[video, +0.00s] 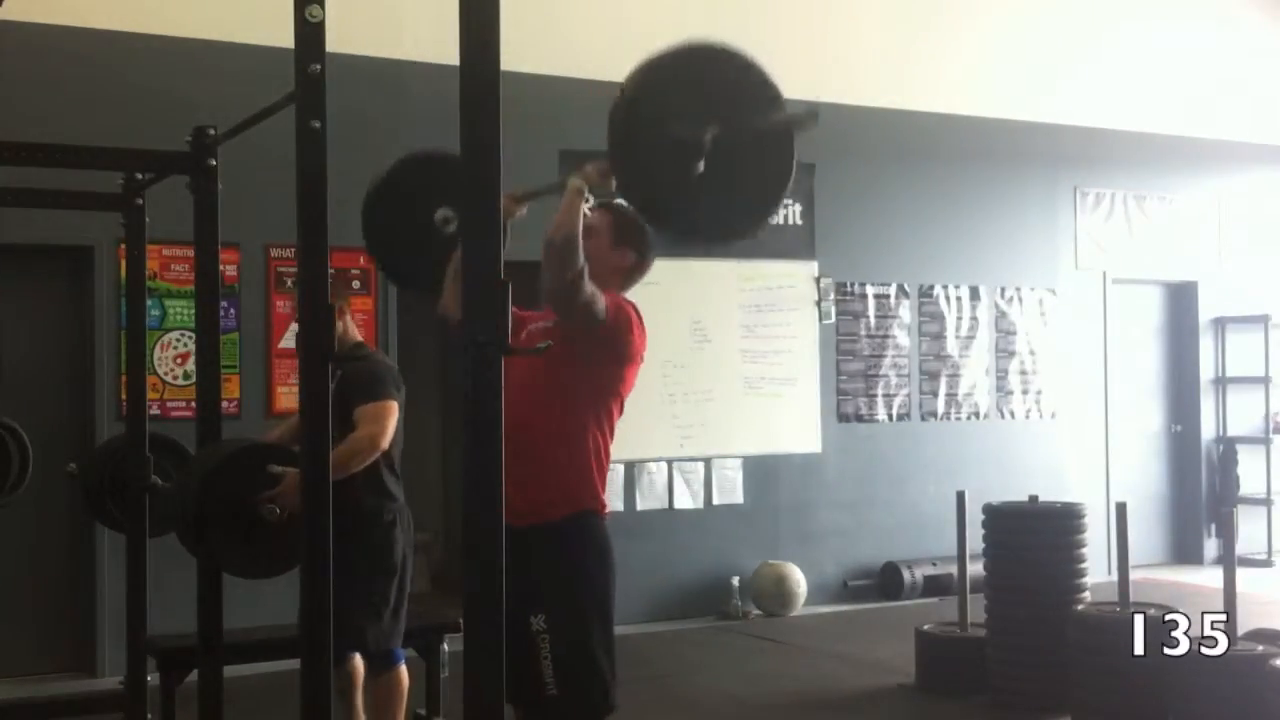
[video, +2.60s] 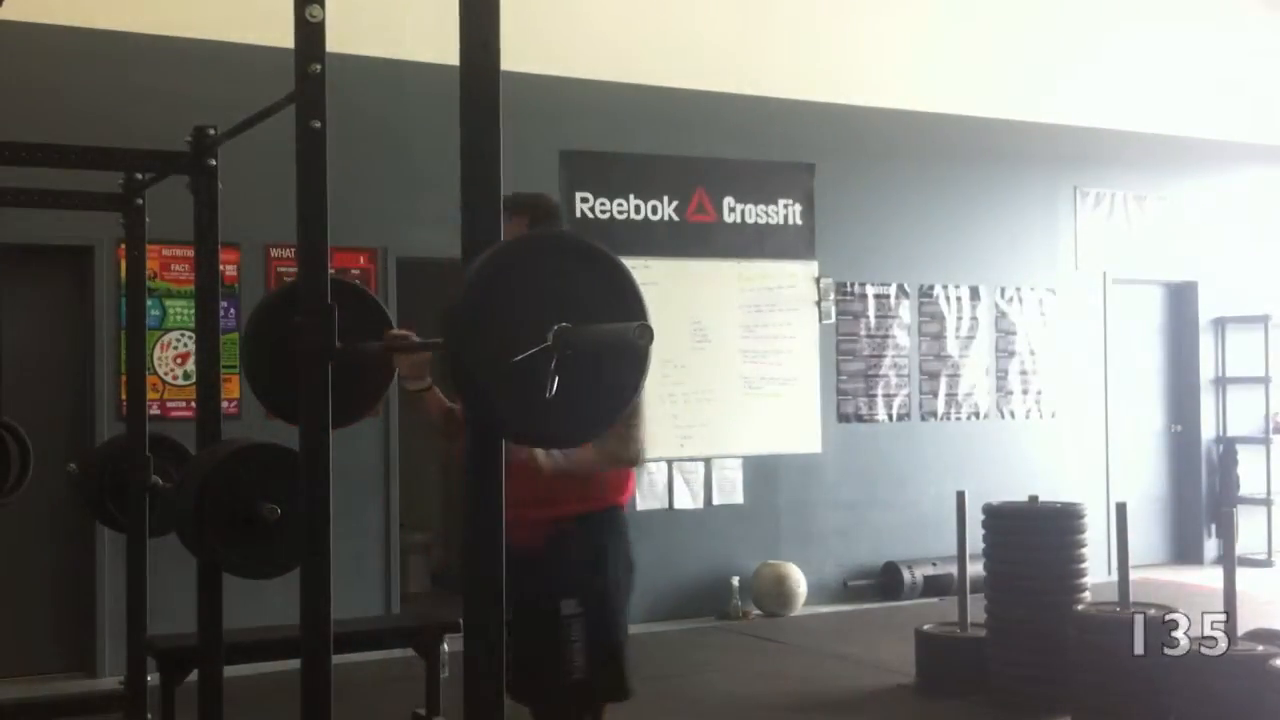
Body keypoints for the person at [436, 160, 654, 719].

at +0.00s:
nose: (573, 239)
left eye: (591, 232)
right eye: (575, 231)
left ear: (624, 260)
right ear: (563, 251)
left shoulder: (618, 326)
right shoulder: (530, 323)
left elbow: (562, 282)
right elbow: (456, 308)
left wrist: (576, 186)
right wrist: (488, 225)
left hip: (568, 527)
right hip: (503, 524)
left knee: (583, 686)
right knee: (508, 679)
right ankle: (535, 709)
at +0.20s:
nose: (577, 253)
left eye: (595, 245)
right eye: (578, 244)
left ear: (619, 268)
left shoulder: (623, 339)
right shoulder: (534, 335)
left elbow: (562, 350)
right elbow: (450, 361)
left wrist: (569, 264)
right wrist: (477, 282)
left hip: (565, 533)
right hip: (504, 530)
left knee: (573, 689)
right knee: (505, 683)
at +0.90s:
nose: (521, 251)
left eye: (538, 242)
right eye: (519, 240)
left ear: (577, 256)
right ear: (513, 244)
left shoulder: (582, 328)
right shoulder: (498, 320)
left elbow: (527, 431)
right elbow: (449, 426)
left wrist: (533, 341)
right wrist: (454, 340)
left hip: (540, 528)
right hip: (483, 526)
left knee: (531, 685)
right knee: (484, 679)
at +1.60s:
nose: (443, 250)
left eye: (459, 243)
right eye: (451, 241)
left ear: (494, 262)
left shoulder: (501, 343)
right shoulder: (444, 342)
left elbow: (445, 442)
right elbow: (389, 450)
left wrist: (467, 328)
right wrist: (384, 357)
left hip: (469, 552)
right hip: (430, 552)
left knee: (465, 703)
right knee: (435, 701)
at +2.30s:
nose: (448, 262)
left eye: (456, 248)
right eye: (452, 248)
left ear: (485, 256)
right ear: (483, 260)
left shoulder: (541, 328)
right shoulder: (485, 333)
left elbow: (529, 452)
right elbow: (453, 429)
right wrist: (400, 389)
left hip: (534, 532)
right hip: (489, 529)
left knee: (538, 700)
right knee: (488, 696)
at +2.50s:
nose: (495, 266)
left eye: (507, 249)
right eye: (484, 251)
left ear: (537, 250)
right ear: (481, 262)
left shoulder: (581, 326)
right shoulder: (490, 334)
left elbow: (591, 449)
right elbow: (455, 430)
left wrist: (498, 415)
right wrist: (406, 380)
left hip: (575, 523)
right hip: (502, 522)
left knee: (574, 688)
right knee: (515, 683)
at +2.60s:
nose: (508, 263)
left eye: (521, 248)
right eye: (500, 249)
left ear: (553, 248)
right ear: (495, 256)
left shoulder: (600, 340)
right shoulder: (501, 335)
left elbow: (627, 447)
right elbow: (467, 433)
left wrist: (552, 457)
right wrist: (417, 381)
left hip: (582, 526)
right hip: (512, 526)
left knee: (582, 694)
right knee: (533, 690)